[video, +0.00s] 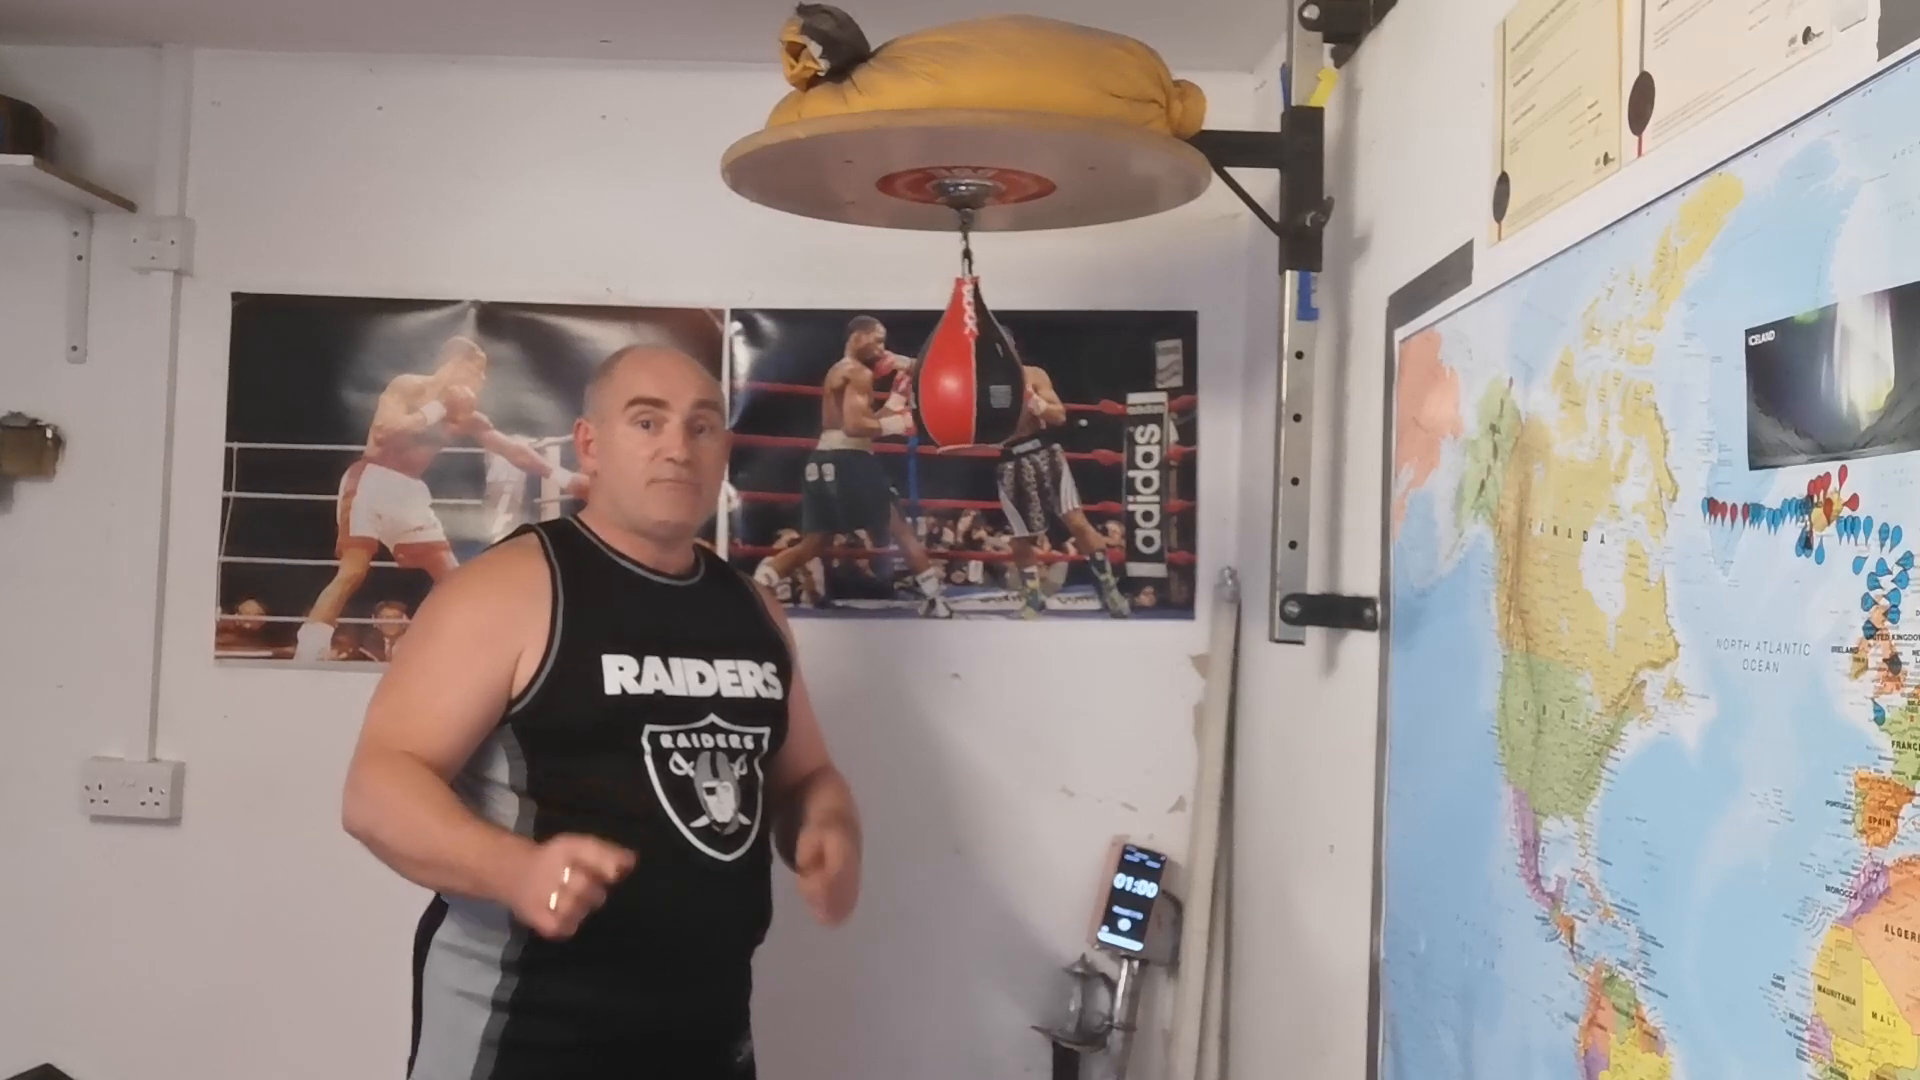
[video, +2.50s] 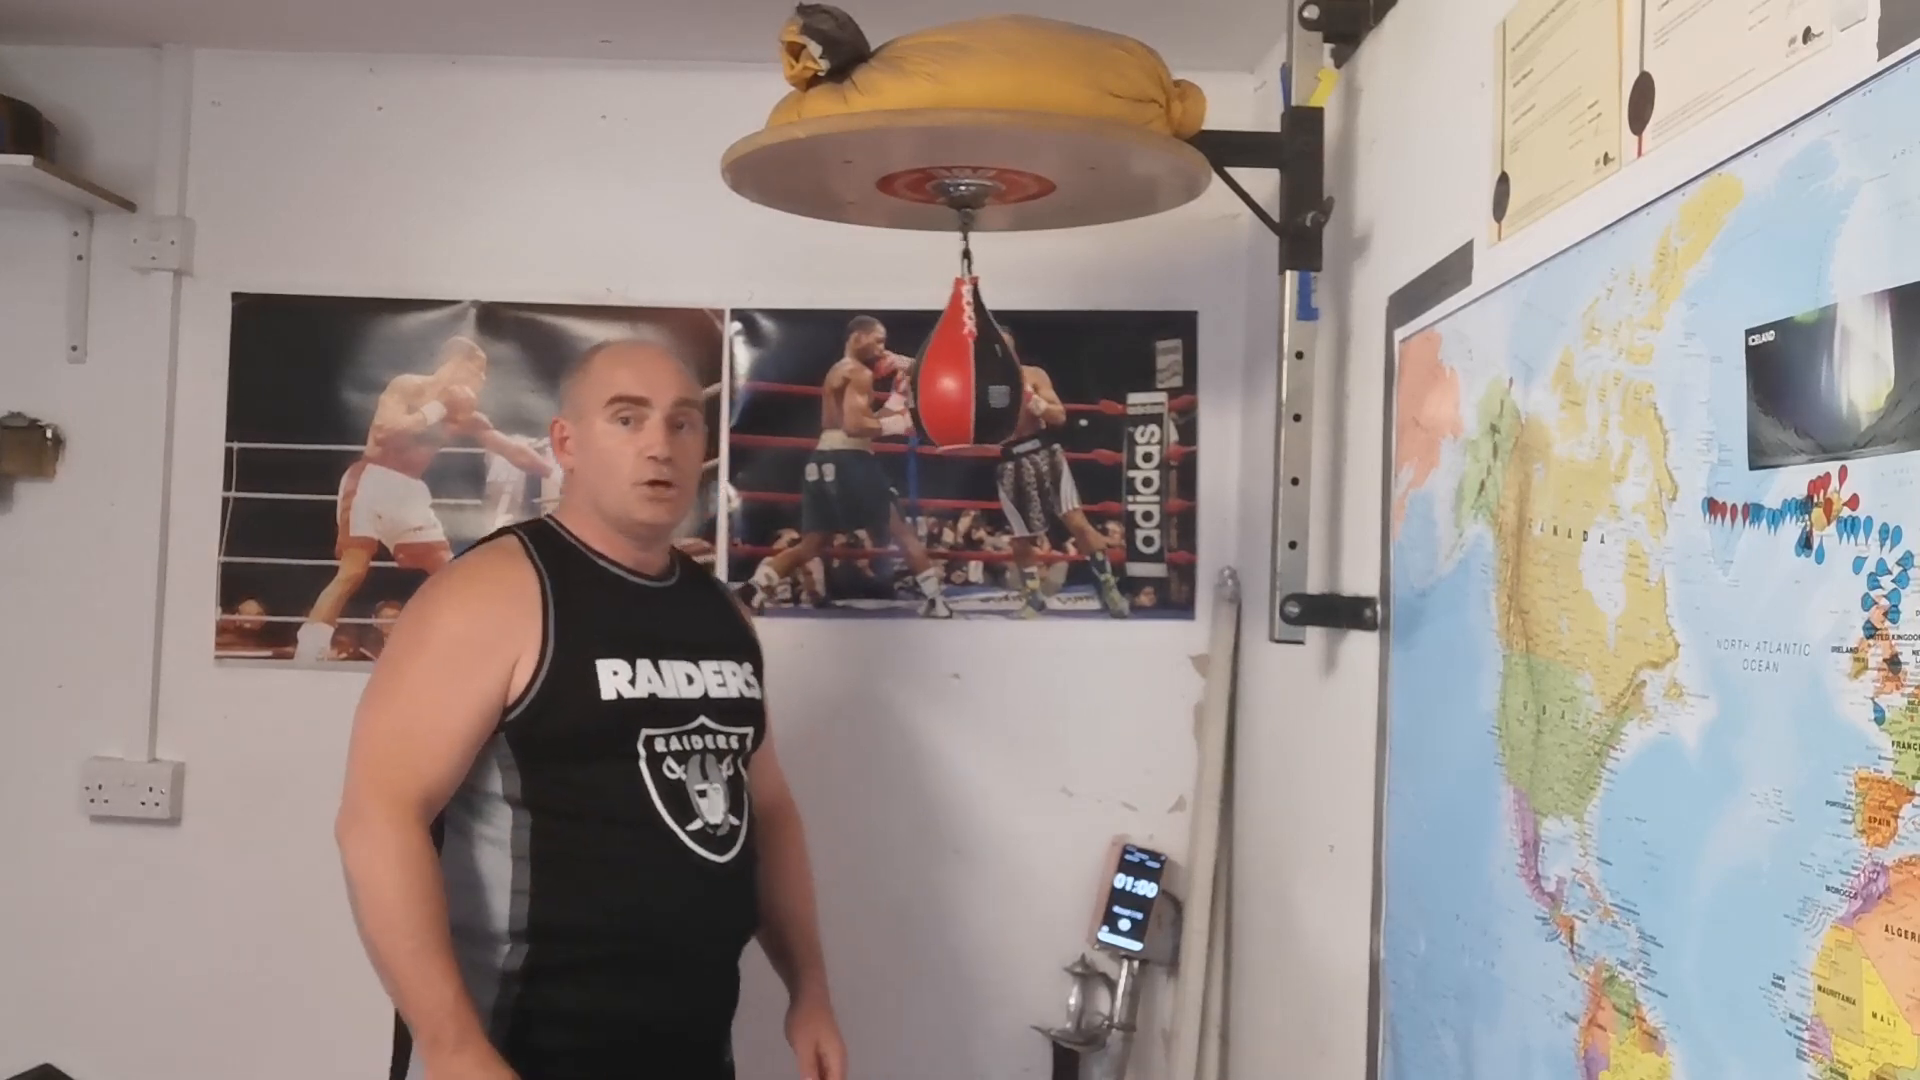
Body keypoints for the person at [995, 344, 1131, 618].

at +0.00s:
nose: (1002, 358)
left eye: (1005, 350)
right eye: (995, 353)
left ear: (1014, 349)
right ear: (987, 359)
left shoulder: (1033, 375)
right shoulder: (983, 387)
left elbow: (1059, 416)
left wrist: (1040, 407)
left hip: (1046, 456)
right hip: (1011, 465)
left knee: (1077, 524)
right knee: (1021, 537)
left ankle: (1109, 590)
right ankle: (1032, 599)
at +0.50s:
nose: (996, 356)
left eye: (1000, 349)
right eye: (992, 350)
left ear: (1011, 348)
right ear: (985, 354)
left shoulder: (1034, 375)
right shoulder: (983, 384)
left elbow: (1059, 416)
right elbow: (977, 428)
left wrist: (1034, 402)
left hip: (1046, 456)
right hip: (1011, 465)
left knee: (1076, 522)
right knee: (1022, 537)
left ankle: (1109, 589)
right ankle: (1032, 598)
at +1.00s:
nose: (999, 356)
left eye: (1002, 349)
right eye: (993, 351)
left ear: (1012, 349)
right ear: (986, 354)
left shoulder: (1035, 375)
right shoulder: (982, 384)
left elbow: (1059, 416)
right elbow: (977, 426)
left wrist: (1038, 405)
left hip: (1046, 456)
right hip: (1011, 464)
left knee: (1075, 522)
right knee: (1022, 538)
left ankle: (1108, 588)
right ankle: (1033, 599)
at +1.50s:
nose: (999, 357)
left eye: (1003, 350)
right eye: (994, 351)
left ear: (1012, 349)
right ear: (986, 354)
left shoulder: (1034, 375)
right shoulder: (983, 383)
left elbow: (1059, 416)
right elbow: (976, 426)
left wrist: (1038, 405)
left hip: (1046, 456)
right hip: (1011, 464)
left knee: (1075, 522)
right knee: (1022, 538)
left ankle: (1108, 587)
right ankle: (1032, 598)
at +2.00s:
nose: (996, 355)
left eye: (999, 348)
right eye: (991, 349)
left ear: (1010, 347)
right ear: (985, 352)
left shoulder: (1034, 375)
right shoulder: (983, 383)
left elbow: (1059, 416)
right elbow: (978, 429)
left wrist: (1037, 404)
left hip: (1046, 456)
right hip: (1011, 464)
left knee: (1075, 522)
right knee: (1022, 537)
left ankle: (1108, 587)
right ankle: (1032, 597)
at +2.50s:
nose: (1001, 355)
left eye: (1004, 347)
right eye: (995, 349)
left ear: (1013, 348)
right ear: (986, 355)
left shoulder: (1034, 375)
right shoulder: (984, 385)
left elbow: (1059, 416)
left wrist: (1040, 407)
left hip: (1046, 456)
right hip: (1011, 465)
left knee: (1075, 522)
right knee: (1022, 537)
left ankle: (1107, 586)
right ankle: (1033, 597)